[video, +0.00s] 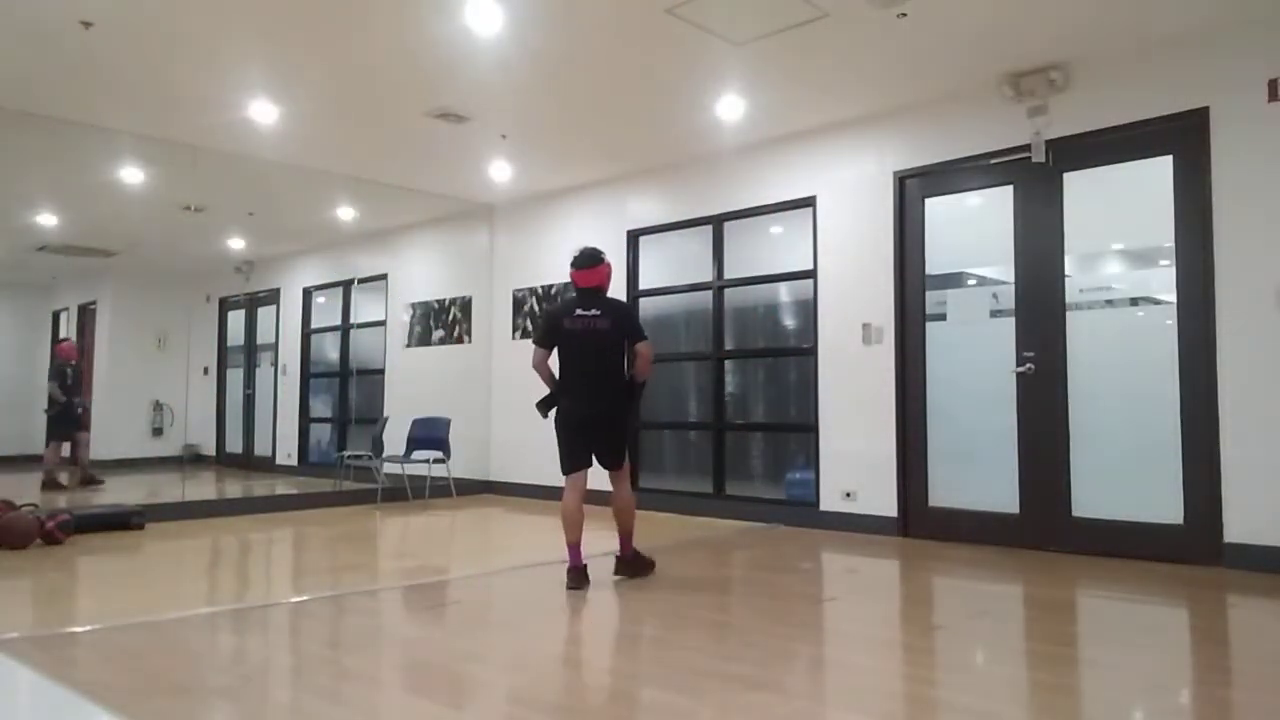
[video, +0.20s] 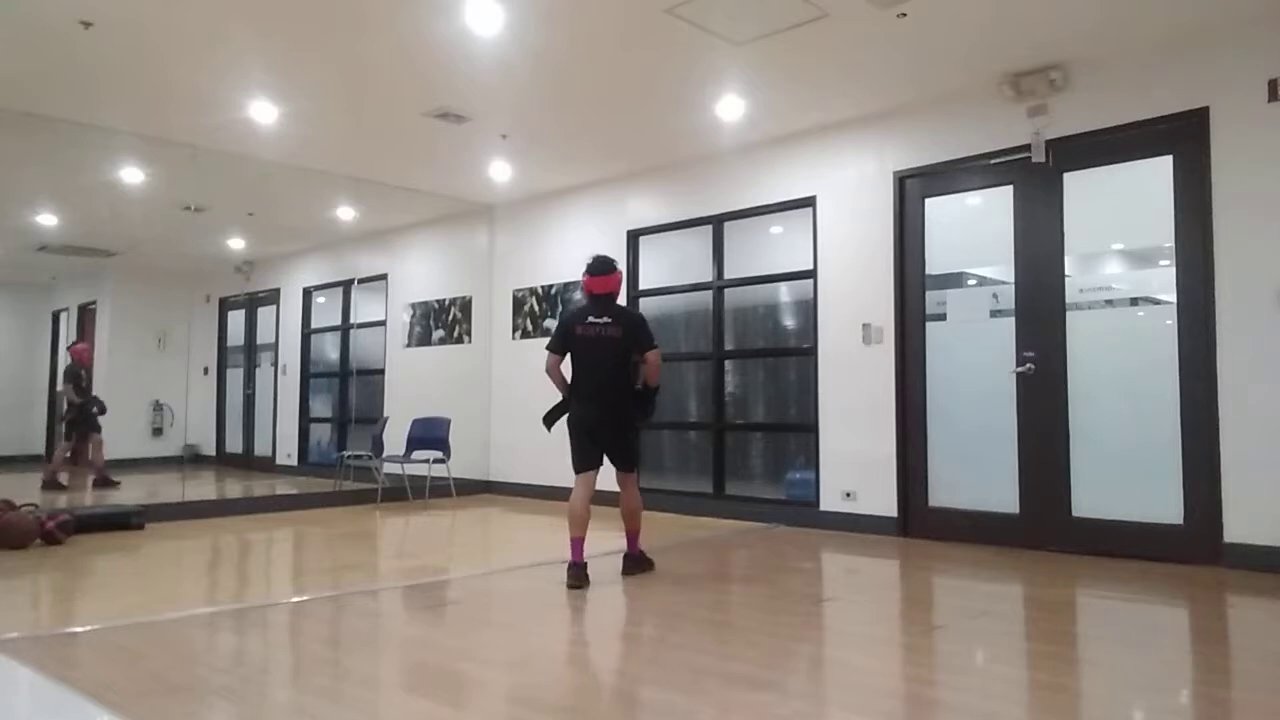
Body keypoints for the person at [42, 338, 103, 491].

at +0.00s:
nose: (74, 353)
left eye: (74, 350)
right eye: (71, 350)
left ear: (74, 352)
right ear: (63, 352)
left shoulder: (76, 369)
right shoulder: (57, 368)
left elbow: (76, 389)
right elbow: (52, 387)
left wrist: (80, 402)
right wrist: (65, 400)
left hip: (72, 411)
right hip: (57, 411)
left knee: (83, 438)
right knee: (55, 444)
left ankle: (84, 474)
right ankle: (49, 477)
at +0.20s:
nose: (89, 356)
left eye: (88, 353)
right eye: (86, 353)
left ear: (81, 355)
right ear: (79, 355)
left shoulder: (85, 371)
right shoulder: (71, 370)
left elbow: (85, 390)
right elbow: (68, 390)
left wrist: (94, 401)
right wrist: (81, 403)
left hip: (86, 410)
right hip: (74, 411)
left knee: (97, 440)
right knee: (67, 444)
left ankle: (101, 476)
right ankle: (49, 477)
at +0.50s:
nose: (107, 354)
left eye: (109, 350)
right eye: (103, 350)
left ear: (111, 352)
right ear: (94, 353)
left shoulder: (108, 371)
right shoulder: (88, 369)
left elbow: (112, 388)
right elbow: (90, 386)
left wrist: (125, 386)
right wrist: (109, 388)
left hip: (106, 408)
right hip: (94, 408)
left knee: (107, 441)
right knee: (104, 441)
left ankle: (102, 475)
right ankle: (79, 468)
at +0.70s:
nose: (115, 354)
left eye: (117, 350)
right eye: (112, 350)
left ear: (120, 352)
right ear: (104, 352)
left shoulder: (120, 370)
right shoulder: (98, 368)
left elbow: (131, 386)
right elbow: (96, 382)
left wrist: (136, 377)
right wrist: (115, 382)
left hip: (116, 411)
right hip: (103, 410)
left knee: (114, 441)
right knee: (111, 441)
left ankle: (105, 475)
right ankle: (109, 475)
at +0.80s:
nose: (119, 354)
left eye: (121, 350)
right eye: (115, 351)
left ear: (124, 353)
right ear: (107, 354)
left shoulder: (124, 371)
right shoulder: (102, 369)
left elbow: (136, 388)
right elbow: (100, 383)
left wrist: (138, 378)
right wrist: (117, 382)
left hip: (120, 411)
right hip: (107, 411)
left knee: (112, 444)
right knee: (115, 443)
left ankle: (101, 475)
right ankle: (125, 475)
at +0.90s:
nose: (121, 355)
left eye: (124, 351)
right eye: (117, 352)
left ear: (127, 353)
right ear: (110, 354)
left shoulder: (128, 372)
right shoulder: (105, 370)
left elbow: (142, 384)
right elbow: (101, 383)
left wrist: (142, 376)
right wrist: (118, 382)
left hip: (125, 413)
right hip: (113, 413)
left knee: (117, 445)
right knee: (119, 445)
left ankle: (102, 475)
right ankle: (126, 476)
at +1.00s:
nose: (124, 355)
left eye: (126, 351)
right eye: (120, 352)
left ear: (130, 353)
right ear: (112, 355)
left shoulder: (132, 371)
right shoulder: (108, 371)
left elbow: (148, 379)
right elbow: (106, 388)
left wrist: (147, 374)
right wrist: (123, 381)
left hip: (130, 411)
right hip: (117, 411)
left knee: (127, 443)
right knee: (124, 443)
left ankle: (106, 473)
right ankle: (126, 476)